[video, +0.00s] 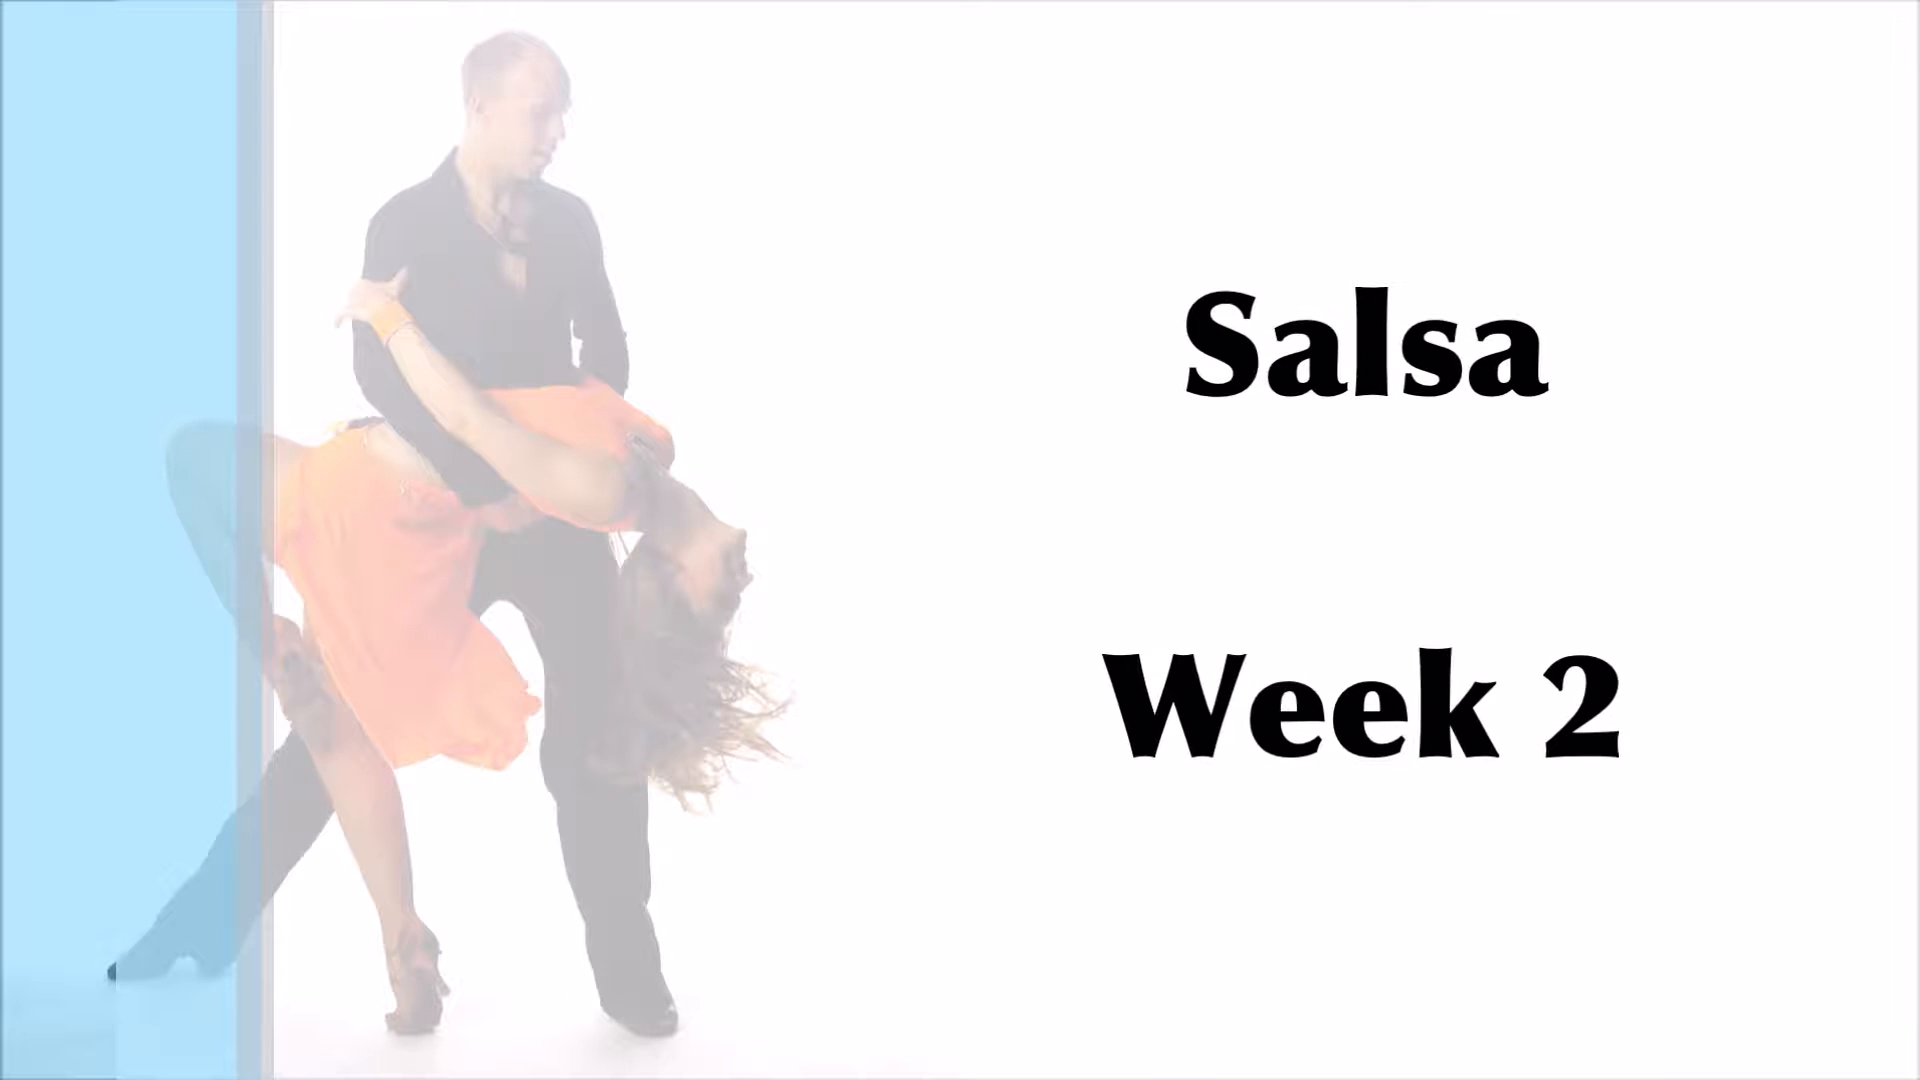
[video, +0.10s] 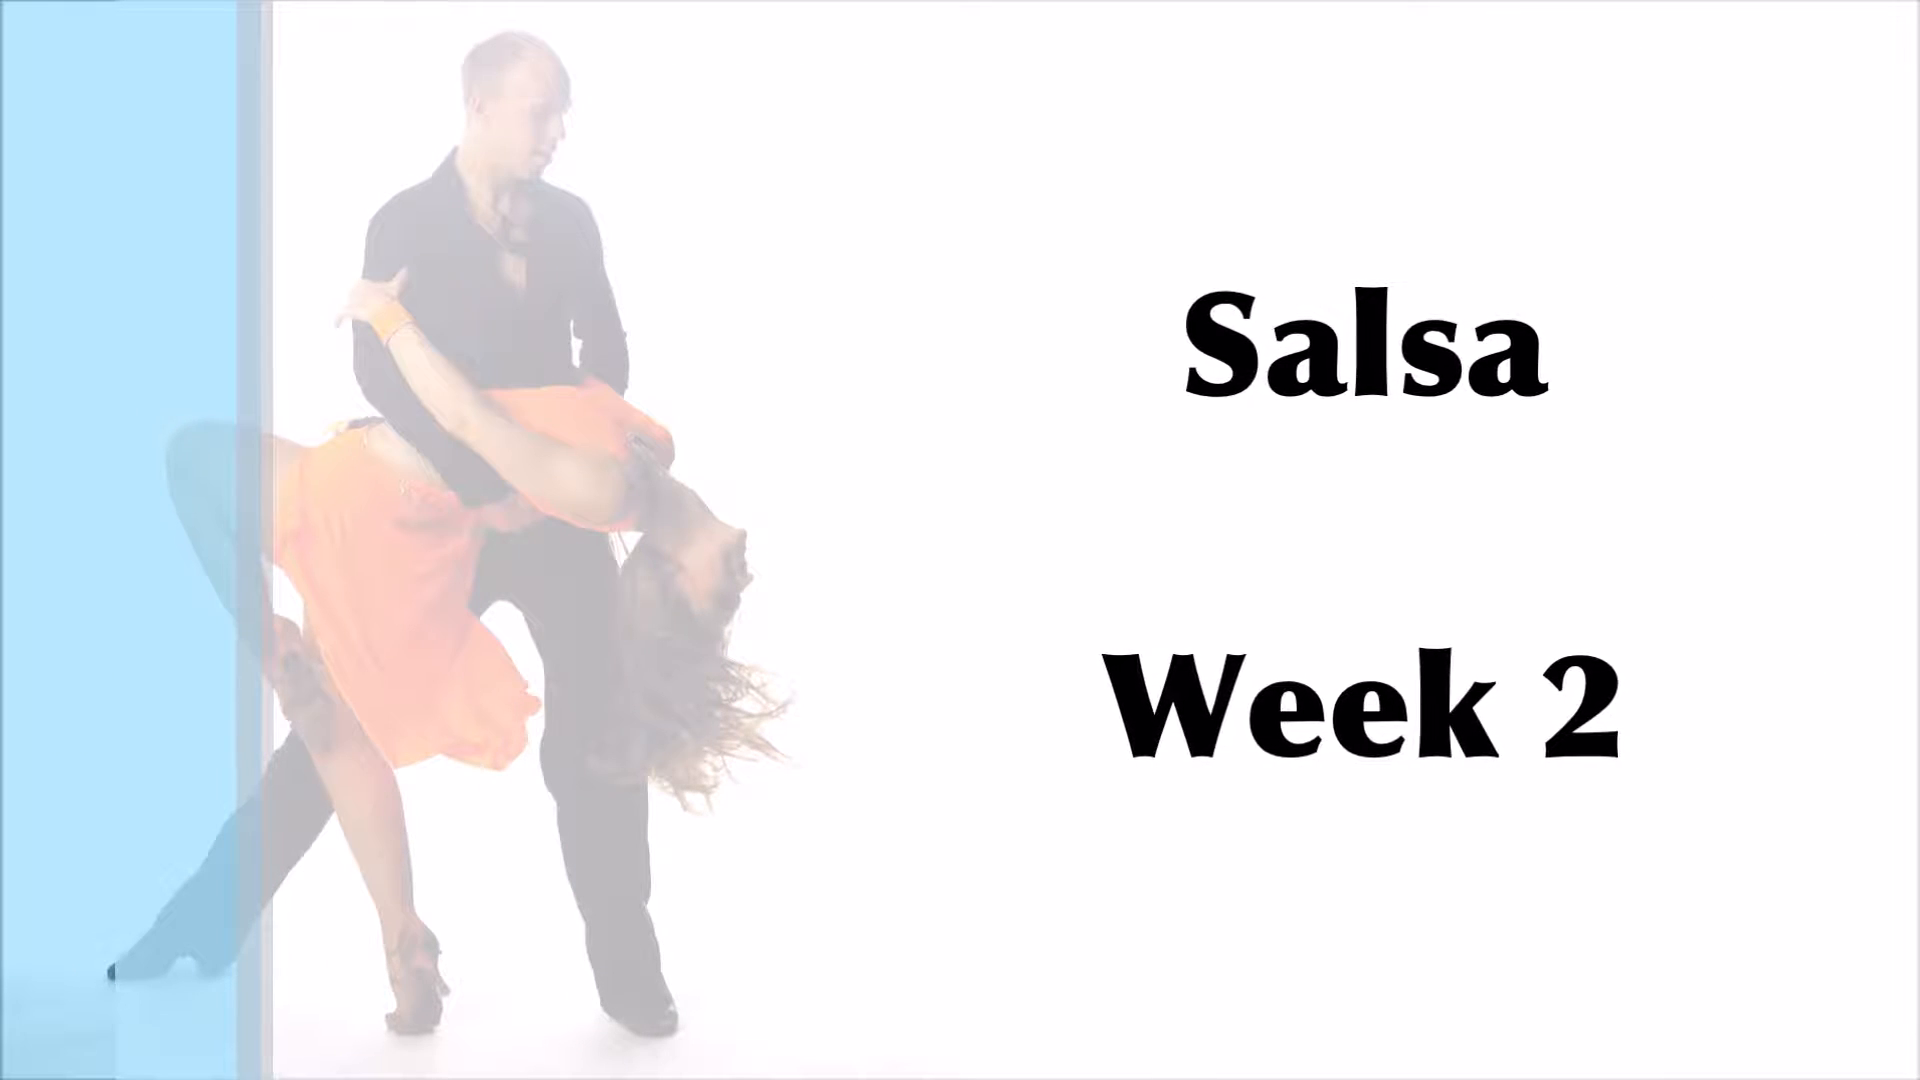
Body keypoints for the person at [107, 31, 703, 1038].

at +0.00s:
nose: (556, 133)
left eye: (563, 116)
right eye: (541, 113)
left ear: (556, 122)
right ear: (480, 110)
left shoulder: (567, 220)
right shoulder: (405, 223)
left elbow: (606, 341)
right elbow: (377, 368)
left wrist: (594, 416)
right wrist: (464, 472)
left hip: (554, 527)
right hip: (436, 523)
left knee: (598, 727)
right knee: (344, 730)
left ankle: (629, 964)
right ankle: (203, 926)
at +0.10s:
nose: (556, 134)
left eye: (562, 116)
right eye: (541, 113)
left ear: (556, 122)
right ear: (481, 111)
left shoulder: (567, 220)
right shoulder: (405, 223)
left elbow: (607, 342)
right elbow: (378, 369)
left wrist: (593, 419)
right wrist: (465, 471)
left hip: (554, 526)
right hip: (437, 521)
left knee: (599, 724)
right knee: (344, 728)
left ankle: (628, 960)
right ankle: (207, 922)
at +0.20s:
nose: (556, 133)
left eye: (562, 115)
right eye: (541, 112)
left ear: (554, 121)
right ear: (481, 110)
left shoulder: (567, 220)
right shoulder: (405, 223)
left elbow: (607, 341)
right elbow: (378, 368)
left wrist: (595, 420)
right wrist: (465, 474)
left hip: (554, 525)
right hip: (437, 522)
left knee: (598, 724)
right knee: (346, 727)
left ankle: (627, 958)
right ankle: (211, 918)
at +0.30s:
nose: (557, 132)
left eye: (563, 114)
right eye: (542, 112)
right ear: (481, 111)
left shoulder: (567, 219)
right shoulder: (405, 224)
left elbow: (609, 351)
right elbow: (380, 372)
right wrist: (473, 481)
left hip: (556, 526)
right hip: (440, 523)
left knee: (598, 730)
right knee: (344, 729)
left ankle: (627, 963)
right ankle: (210, 921)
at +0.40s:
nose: (557, 132)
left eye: (563, 115)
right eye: (542, 112)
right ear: (481, 110)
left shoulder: (567, 220)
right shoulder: (405, 223)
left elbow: (608, 345)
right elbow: (379, 370)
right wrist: (468, 477)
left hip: (555, 526)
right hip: (438, 522)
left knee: (598, 728)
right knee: (345, 728)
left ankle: (627, 961)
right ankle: (209, 921)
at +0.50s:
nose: (557, 132)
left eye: (563, 115)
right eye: (541, 112)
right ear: (481, 110)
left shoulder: (567, 220)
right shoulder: (405, 223)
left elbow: (608, 345)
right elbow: (379, 370)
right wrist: (468, 477)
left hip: (555, 526)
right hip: (438, 522)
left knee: (598, 728)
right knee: (345, 727)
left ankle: (627, 961)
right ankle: (209, 920)